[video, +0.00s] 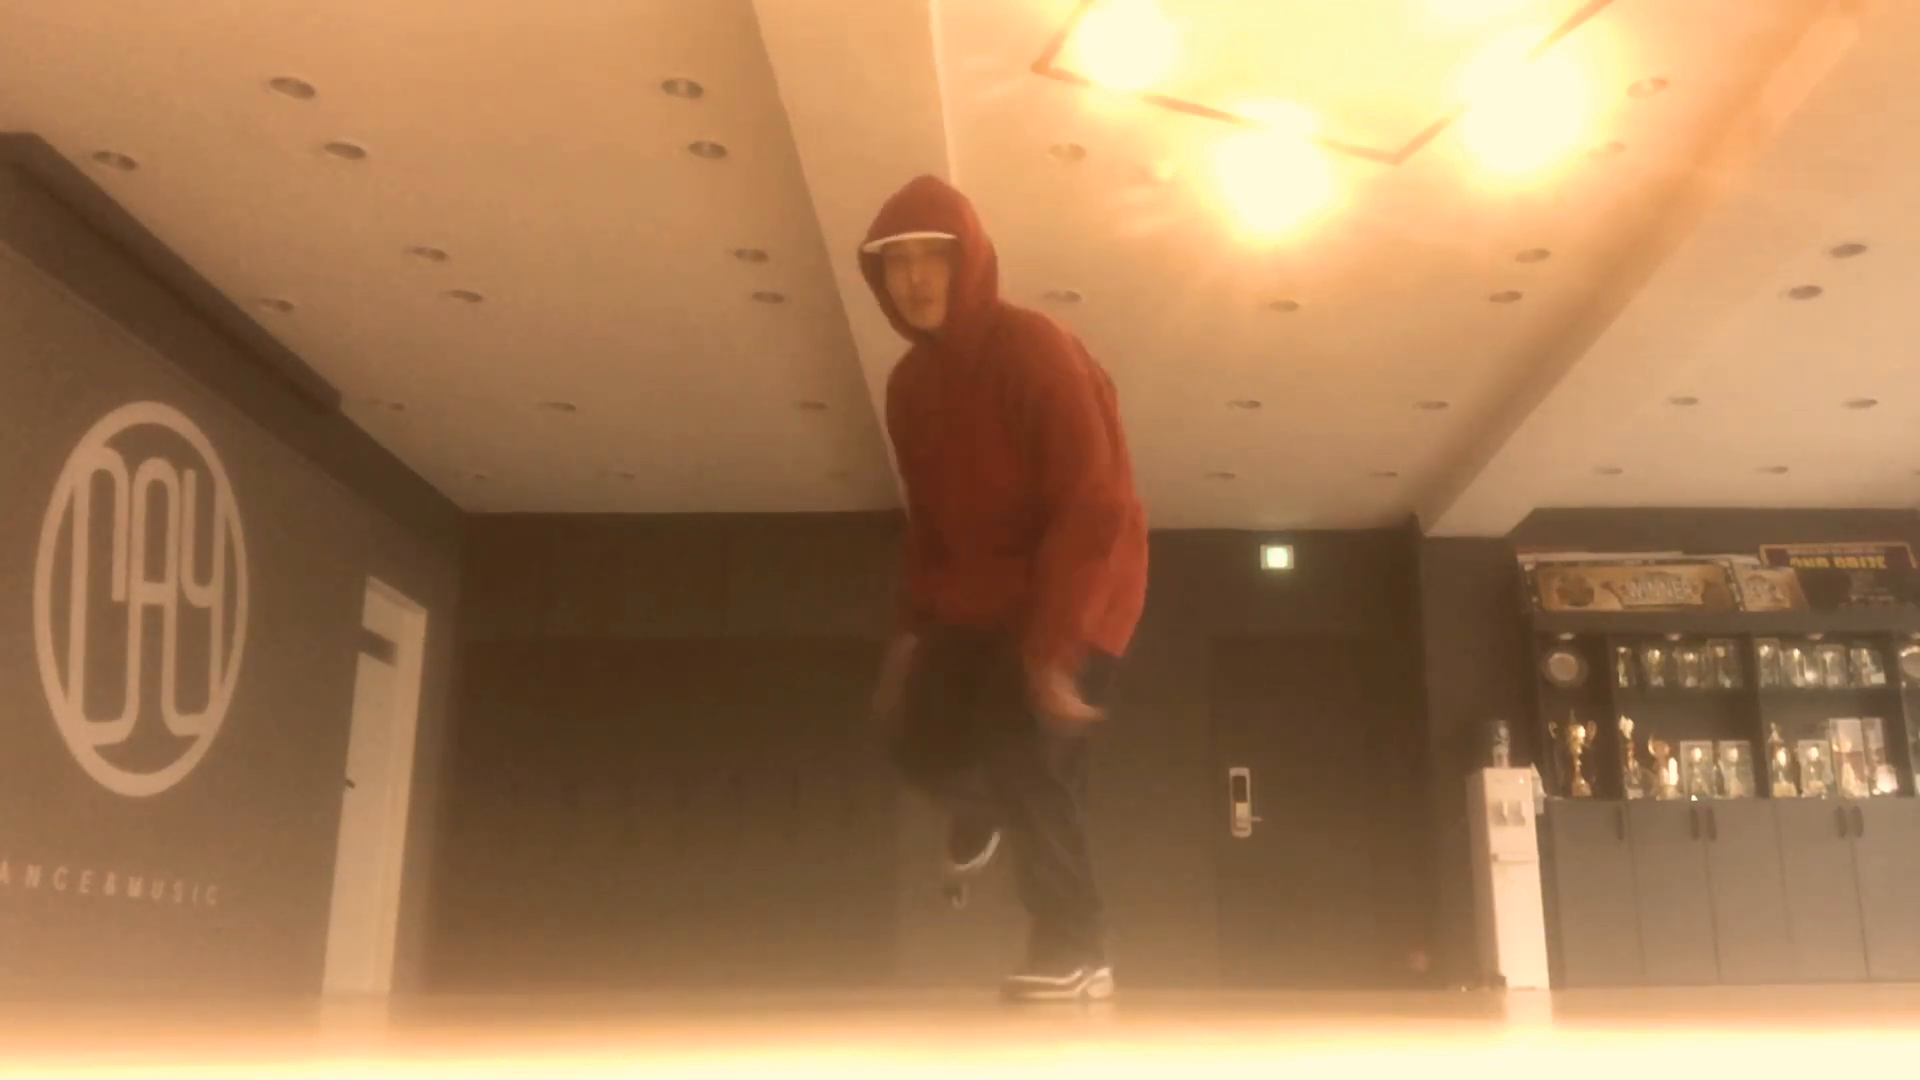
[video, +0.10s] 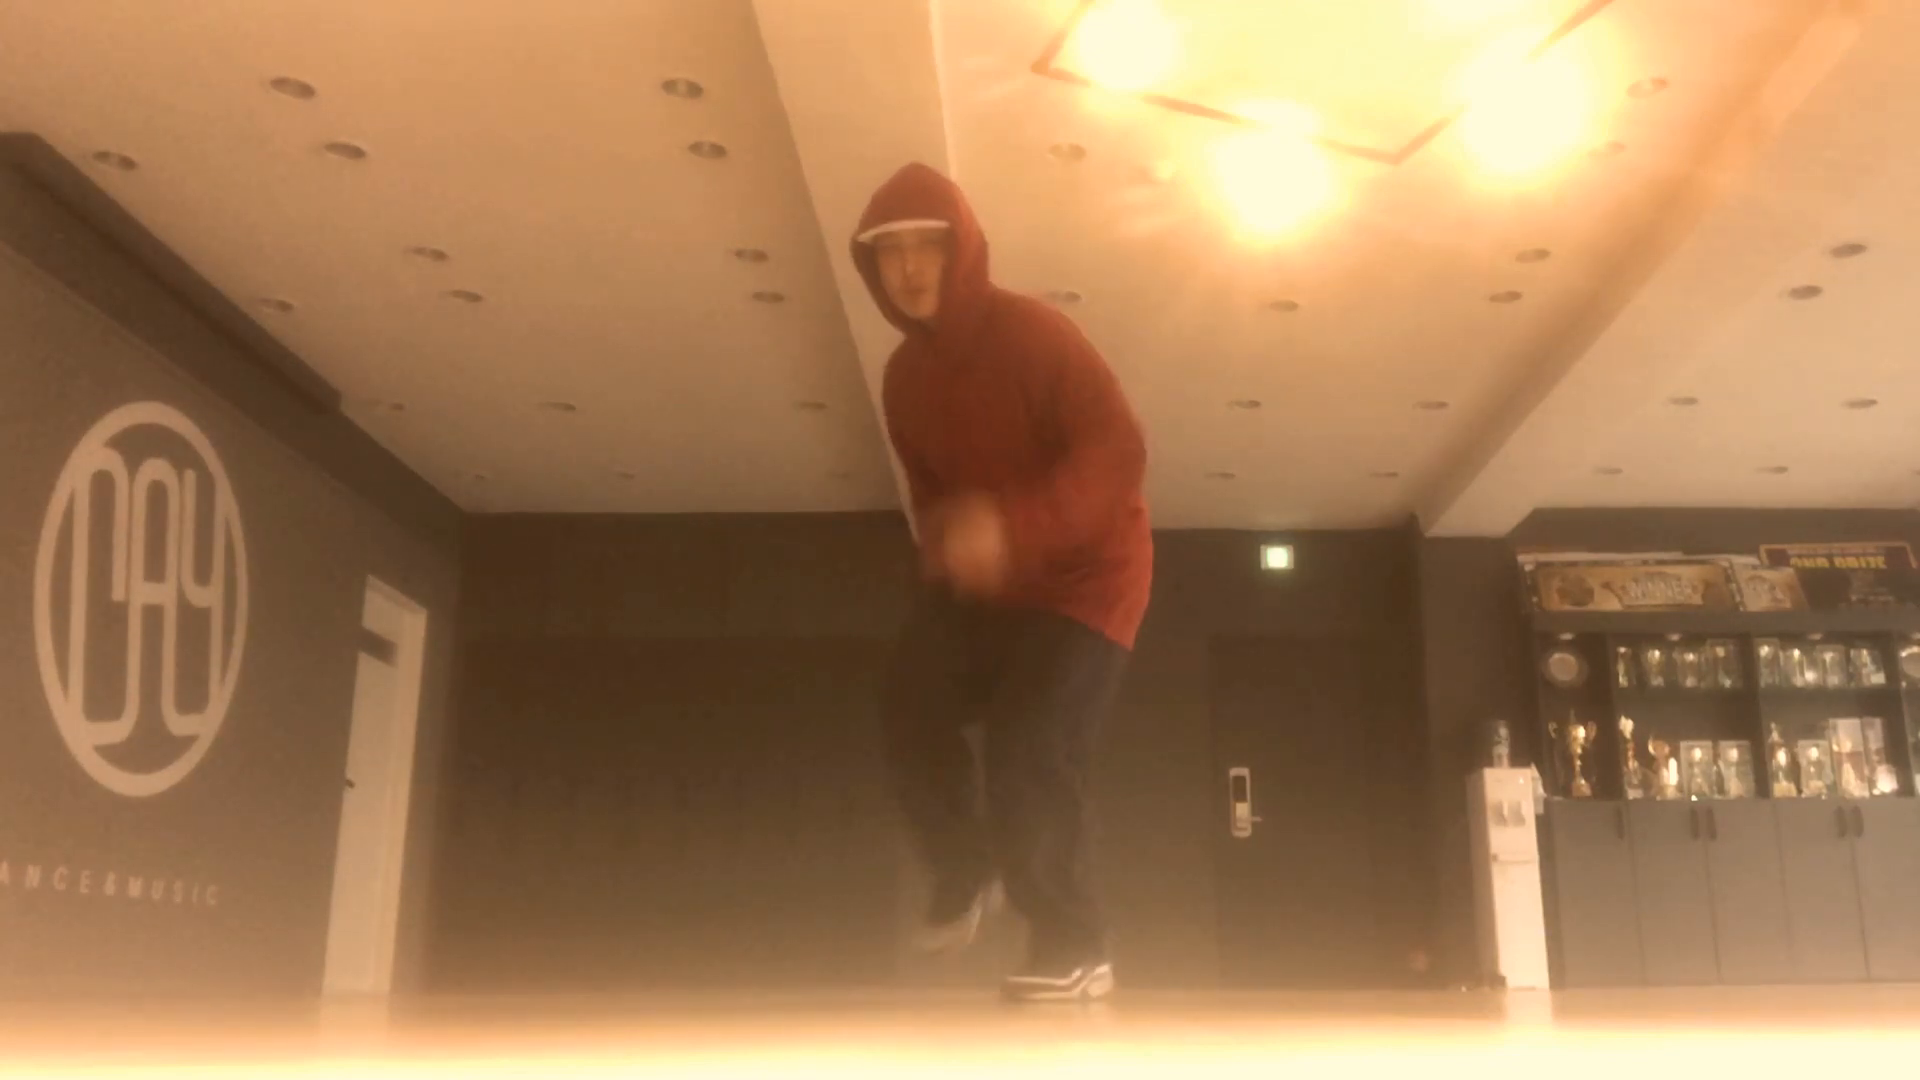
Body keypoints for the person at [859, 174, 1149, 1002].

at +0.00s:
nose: (911, 280)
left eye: (928, 258)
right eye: (893, 264)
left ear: (967, 262)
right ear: (878, 281)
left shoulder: (1041, 353)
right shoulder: (909, 383)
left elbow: (1095, 506)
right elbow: (929, 519)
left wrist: (1053, 645)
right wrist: (912, 624)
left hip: (1064, 592)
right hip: (972, 595)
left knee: (1031, 761)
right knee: (918, 738)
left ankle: (1072, 947)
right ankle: (981, 796)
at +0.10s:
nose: (907, 270)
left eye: (924, 248)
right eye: (888, 253)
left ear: (962, 252)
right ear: (872, 271)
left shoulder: (1036, 335)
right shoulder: (905, 378)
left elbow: (1114, 456)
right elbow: (929, 494)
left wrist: (1014, 528)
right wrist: (942, 558)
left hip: (1085, 578)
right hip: (980, 585)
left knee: (1030, 744)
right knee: (911, 704)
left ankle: (1071, 944)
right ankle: (959, 871)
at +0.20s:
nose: (910, 254)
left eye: (928, 233)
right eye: (892, 238)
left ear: (966, 238)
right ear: (875, 255)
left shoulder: (1046, 321)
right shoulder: (903, 362)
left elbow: (1105, 381)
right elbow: (897, 479)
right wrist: (908, 548)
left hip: (1080, 569)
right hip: (971, 571)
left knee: (1028, 737)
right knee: (928, 733)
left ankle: (1073, 939)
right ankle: (959, 925)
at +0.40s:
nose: (950, 247)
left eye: (970, 228)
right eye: (932, 227)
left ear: (1003, 236)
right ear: (909, 240)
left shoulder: (1061, 325)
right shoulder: (894, 361)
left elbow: (1109, 373)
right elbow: (847, 485)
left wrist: (1047, 424)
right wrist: (785, 587)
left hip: (1059, 596)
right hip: (945, 597)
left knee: (1048, 776)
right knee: (953, 769)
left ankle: (1053, 950)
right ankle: (980, 943)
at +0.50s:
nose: (987, 257)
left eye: (1007, 241)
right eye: (971, 238)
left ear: (1032, 253)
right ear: (943, 246)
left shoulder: (1069, 352)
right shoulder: (893, 352)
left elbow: (1127, 475)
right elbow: (845, 475)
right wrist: (857, 567)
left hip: (1050, 597)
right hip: (935, 592)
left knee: (1041, 772)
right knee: (949, 769)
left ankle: (1044, 956)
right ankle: (956, 949)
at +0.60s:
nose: (1041, 282)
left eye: (1061, 267)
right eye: (1027, 259)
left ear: (1081, 282)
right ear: (993, 258)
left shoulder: (1087, 382)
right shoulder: (921, 343)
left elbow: (1113, 527)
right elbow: (870, 483)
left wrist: (1067, 579)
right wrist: (931, 583)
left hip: (1033, 584)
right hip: (923, 576)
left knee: (1048, 762)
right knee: (935, 744)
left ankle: (1042, 955)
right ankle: (939, 941)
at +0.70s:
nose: (1075, 323)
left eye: (1098, 312)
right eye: (1070, 297)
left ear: (1112, 317)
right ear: (1035, 276)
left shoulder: (1084, 389)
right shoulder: (948, 327)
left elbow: (1089, 538)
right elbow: (884, 458)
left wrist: (1097, 493)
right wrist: (939, 584)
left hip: (1004, 564)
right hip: (894, 547)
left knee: (1048, 729)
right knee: (866, 705)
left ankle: (1027, 940)